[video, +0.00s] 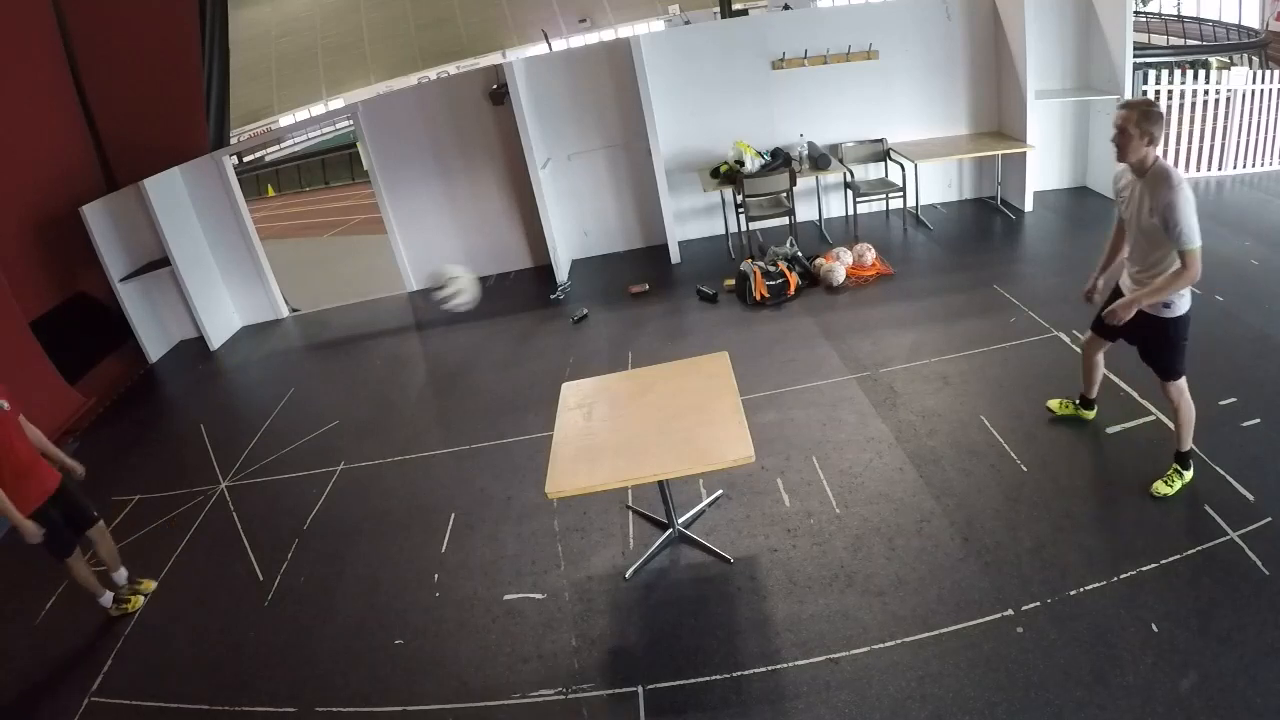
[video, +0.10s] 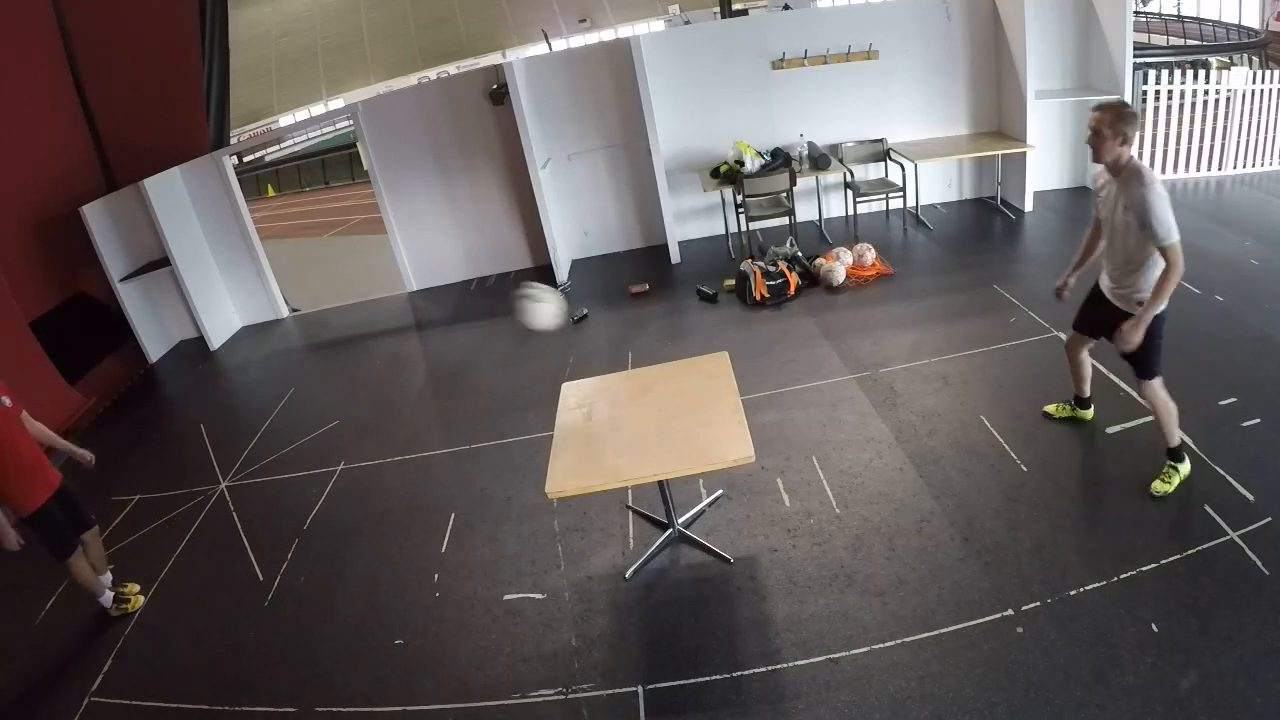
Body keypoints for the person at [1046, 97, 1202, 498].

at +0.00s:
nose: (1115, 137)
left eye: (1124, 133)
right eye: (1116, 130)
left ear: (1149, 141)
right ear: (1124, 135)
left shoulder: (1172, 190)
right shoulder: (1123, 177)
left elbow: (1191, 269)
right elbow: (1122, 231)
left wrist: (1136, 300)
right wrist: (1100, 276)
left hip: (1166, 307)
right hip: (1127, 291)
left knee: (1174, 389)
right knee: (1091, 347)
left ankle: (1183, 463)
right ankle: (1086, 404)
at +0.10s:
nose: (1089, 139)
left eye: (1097, 133)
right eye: (1090, 131)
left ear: (1122, 139)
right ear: (1110, 138)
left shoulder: (1147, 190)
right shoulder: (1104, 179)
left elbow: (1175, 266)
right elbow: (1097, 231)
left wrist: (1141, 320)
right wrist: (1071, 273)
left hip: (1141, 303)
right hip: (1106, 287)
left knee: (1150, 387)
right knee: (1075, 344)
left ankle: (1177, 458)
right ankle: (1082, 405)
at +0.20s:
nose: (1065, 136)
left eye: (1072, 130)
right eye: (1065, 129)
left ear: (1098, 135)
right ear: (1083, 133)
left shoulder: (1123, 183)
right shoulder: (1082, 173)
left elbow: (1157, 249)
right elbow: (1075, 224)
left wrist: (1156, 316)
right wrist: (1044, 268)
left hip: (1121, 294)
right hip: (1090, 279)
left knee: (1100, 377)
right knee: (1067, 342)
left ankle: (1148, 436)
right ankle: (1081, 406)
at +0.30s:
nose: (1045, 125)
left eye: (1053, 119)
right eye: (1046, 117)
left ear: (1078, 124)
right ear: (1067, 123)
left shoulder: (1109, 171)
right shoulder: (1061, 162)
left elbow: (1149, 234)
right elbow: (1054, 211)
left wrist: (1159, 296)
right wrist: (1023, 254)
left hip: (1100, 283)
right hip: (1073, 272)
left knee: (1063, 361)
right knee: (1071, 346)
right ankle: (1082, 403)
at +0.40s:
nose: (1030, 119)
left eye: (1038, 112)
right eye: (1031, 111)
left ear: (1063, 116)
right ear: (1054, 117)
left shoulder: (1096, 165)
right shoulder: (1046, 157)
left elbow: (1134, 228)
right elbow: (1043, 207)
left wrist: (1149, 288)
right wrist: (1014, 246)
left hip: (1079, 275)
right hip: (1051, 264)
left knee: (1040, 345)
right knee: (1036, 329)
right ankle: (1066, 383)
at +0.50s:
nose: (1018, 132)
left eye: (1024, 125)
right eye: (1018, 124)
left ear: (1049, 127)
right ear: (1042, 128)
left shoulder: (1078, 175)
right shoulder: (1039, 161)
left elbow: (1110, 245)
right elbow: (1040, 217)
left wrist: (1124, 310)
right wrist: (1014, 250)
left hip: (1055, 285)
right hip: (1028, 267)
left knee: (1013, 348)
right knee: (986, 323)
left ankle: (1024, 417)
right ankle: (1029, 367)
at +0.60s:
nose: (1002, 143)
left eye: (1006, 136)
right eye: (1001, 135)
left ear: (1029, 134)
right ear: (1027, 133)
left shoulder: (1062, 182)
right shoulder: (1031, 165)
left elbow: (1080, 261)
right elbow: (1035, 224)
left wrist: (1074, 329)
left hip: (1036, 285)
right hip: (1012, 263)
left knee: (1002, 355)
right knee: (954, 306)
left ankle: (1024, 419)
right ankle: (957, 366)